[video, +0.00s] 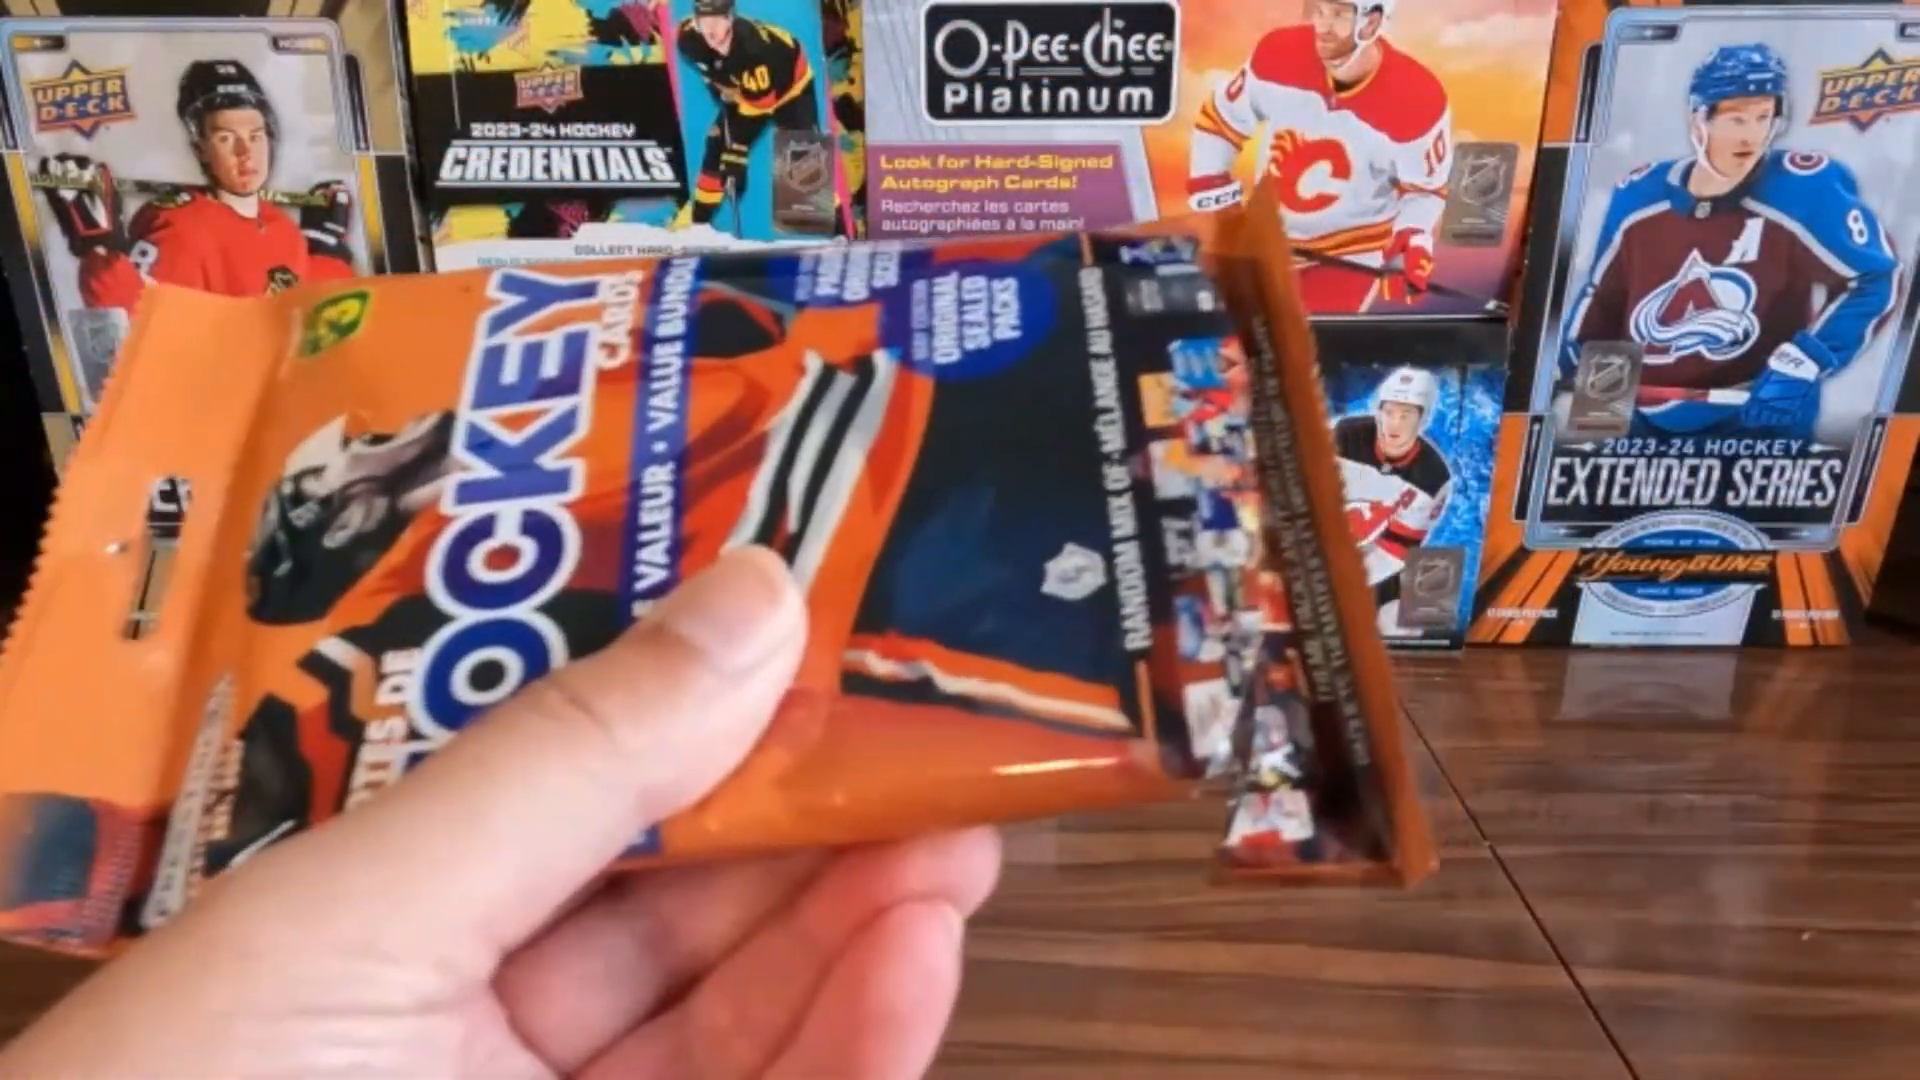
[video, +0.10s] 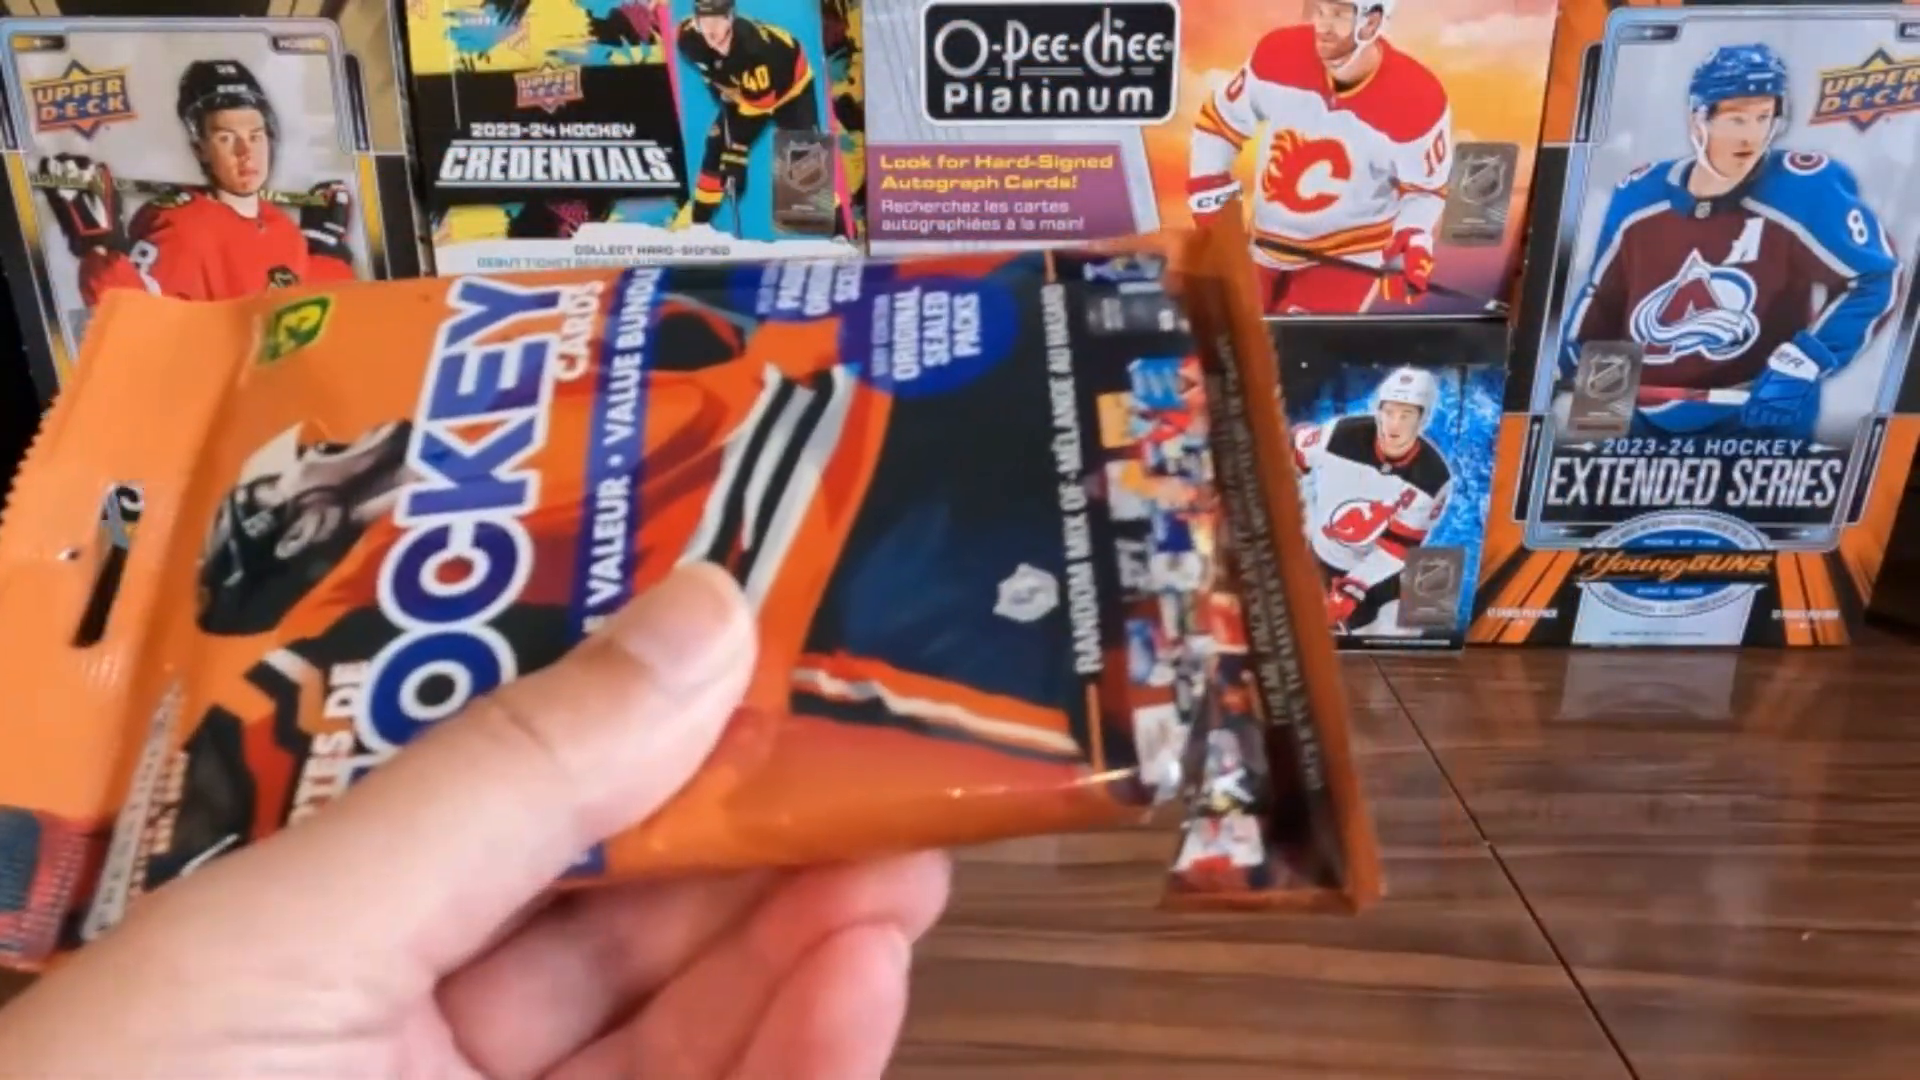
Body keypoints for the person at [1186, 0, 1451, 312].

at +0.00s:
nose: (1323, 27)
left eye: (1339, 14)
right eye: (1317, 11)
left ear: (1373, 21)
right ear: (1309, 11)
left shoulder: (1416, 96)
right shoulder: (1276, 56)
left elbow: (1423, 190)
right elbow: (1216, 125)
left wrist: (1414, 248)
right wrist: (1221, 215)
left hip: (1356, 259)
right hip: (1269, 248)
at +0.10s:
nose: (1323, 26)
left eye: (1339, 14)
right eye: (1318, 11)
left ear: (1372, 22)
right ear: (1309, 11)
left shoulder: (1416, 96)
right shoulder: (1276, 56)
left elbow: (1423, 191)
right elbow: (1216, 126)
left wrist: (1414, 249)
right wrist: (1214, 216)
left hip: (1349, 262)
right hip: (1265, 251)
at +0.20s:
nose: (1323, 26)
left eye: (1339, 14)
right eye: (1318, 11)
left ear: (1372, 22)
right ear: (1309, 11)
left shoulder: (1417, 96)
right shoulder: (1276, 56)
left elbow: (1423, 191)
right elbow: (1216, 127)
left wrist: (1414, 250)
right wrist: (1216, 219)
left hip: (1348, 262)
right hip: (1262, 251)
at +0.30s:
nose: (1322, 26)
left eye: (1339, 14)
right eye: (1317, 11)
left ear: (1373, 23)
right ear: (1308, 10)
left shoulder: (1417, 96)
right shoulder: (1277, 55)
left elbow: (1424, 190)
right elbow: (1216, 126)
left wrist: (1413, 250)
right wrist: (1217, 217)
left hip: (1354, 260)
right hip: (1270, 245)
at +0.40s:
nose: (1324, 26)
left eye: (1339, 14)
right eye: (1319, 11)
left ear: (1372, 21)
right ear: (1309, 11)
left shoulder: (1419, 98)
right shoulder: (1277, 53)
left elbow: (1424, 200)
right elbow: (1217, 125)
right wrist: (1204, 207)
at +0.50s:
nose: (1323, 26)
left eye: (1339, 14)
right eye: (1317, 11)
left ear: (1373, 23)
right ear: (1308, 11)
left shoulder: (1417, 95)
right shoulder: (1277, 56)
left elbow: (1423, 191)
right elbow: (1216, 125)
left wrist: (1415, 250)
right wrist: (1214, 203)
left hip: (1348, 261)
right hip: (1262, 248)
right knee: (1214, 362)